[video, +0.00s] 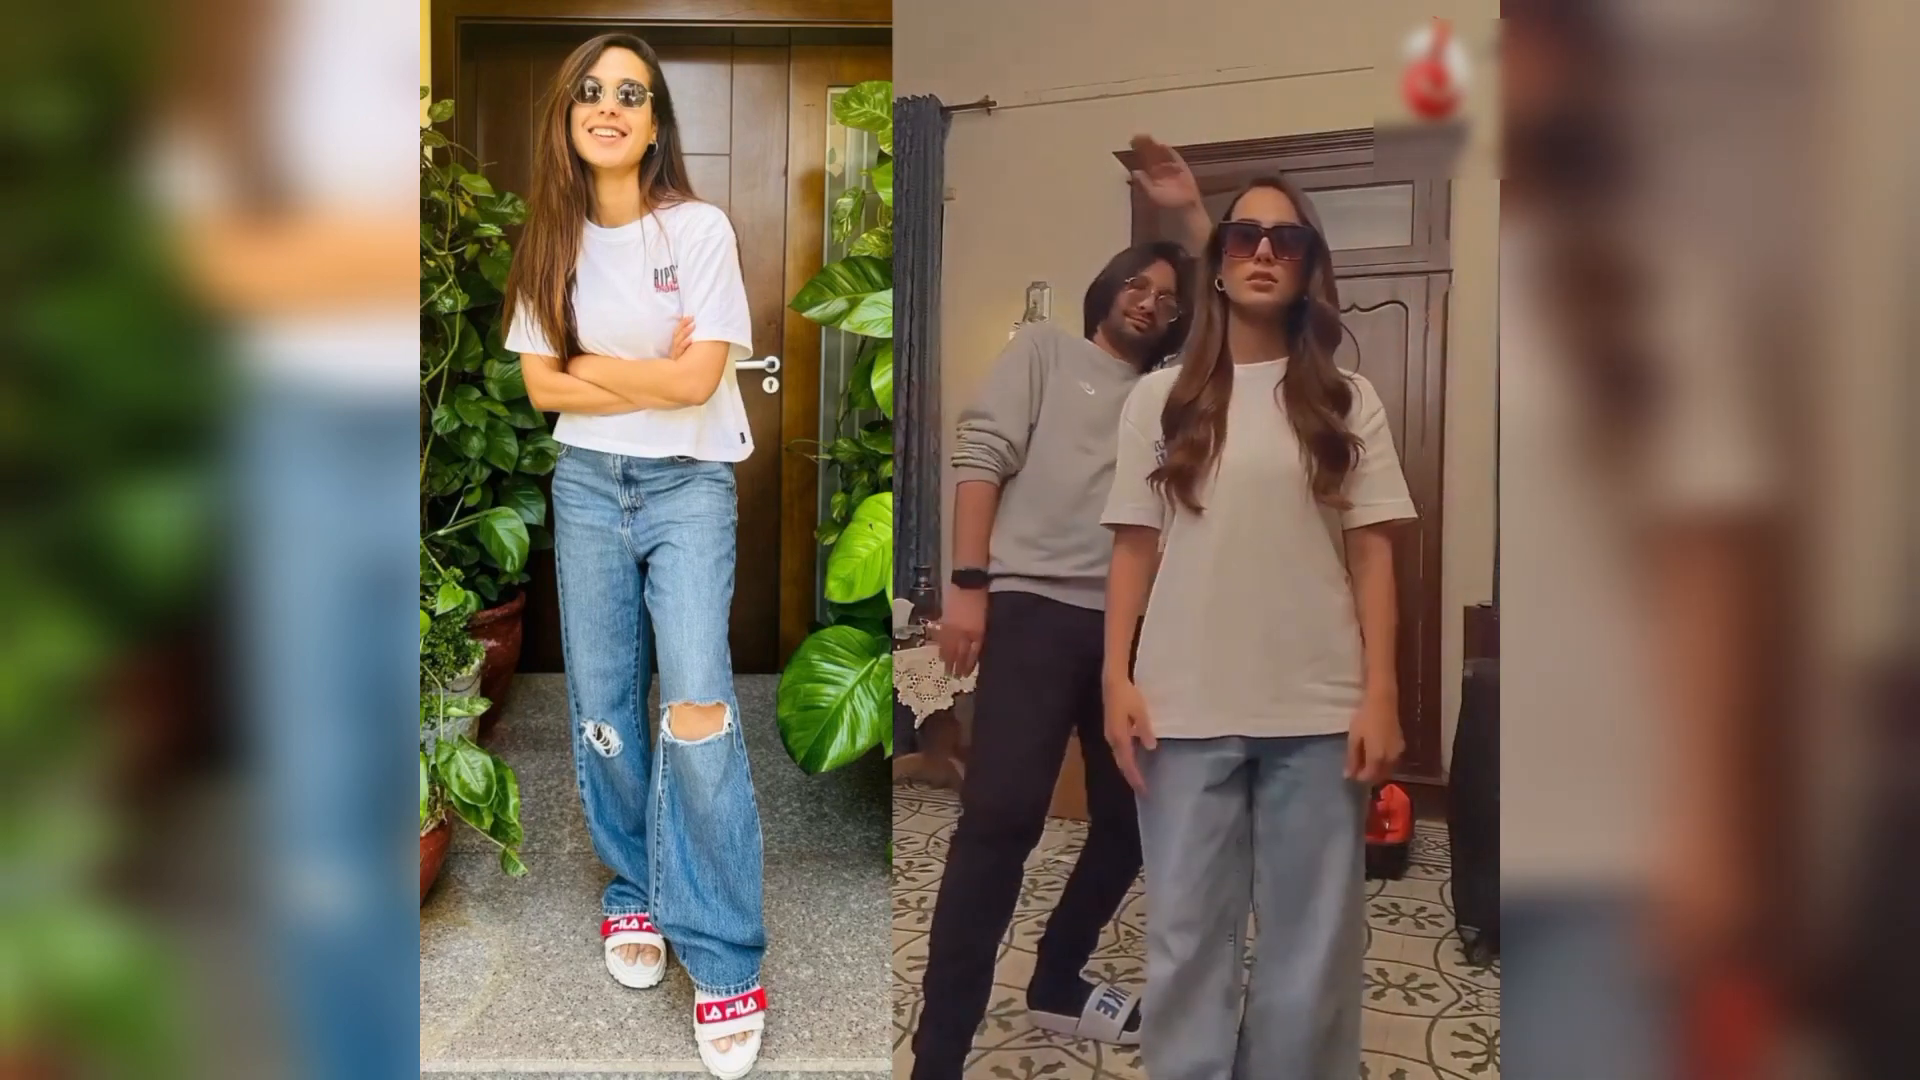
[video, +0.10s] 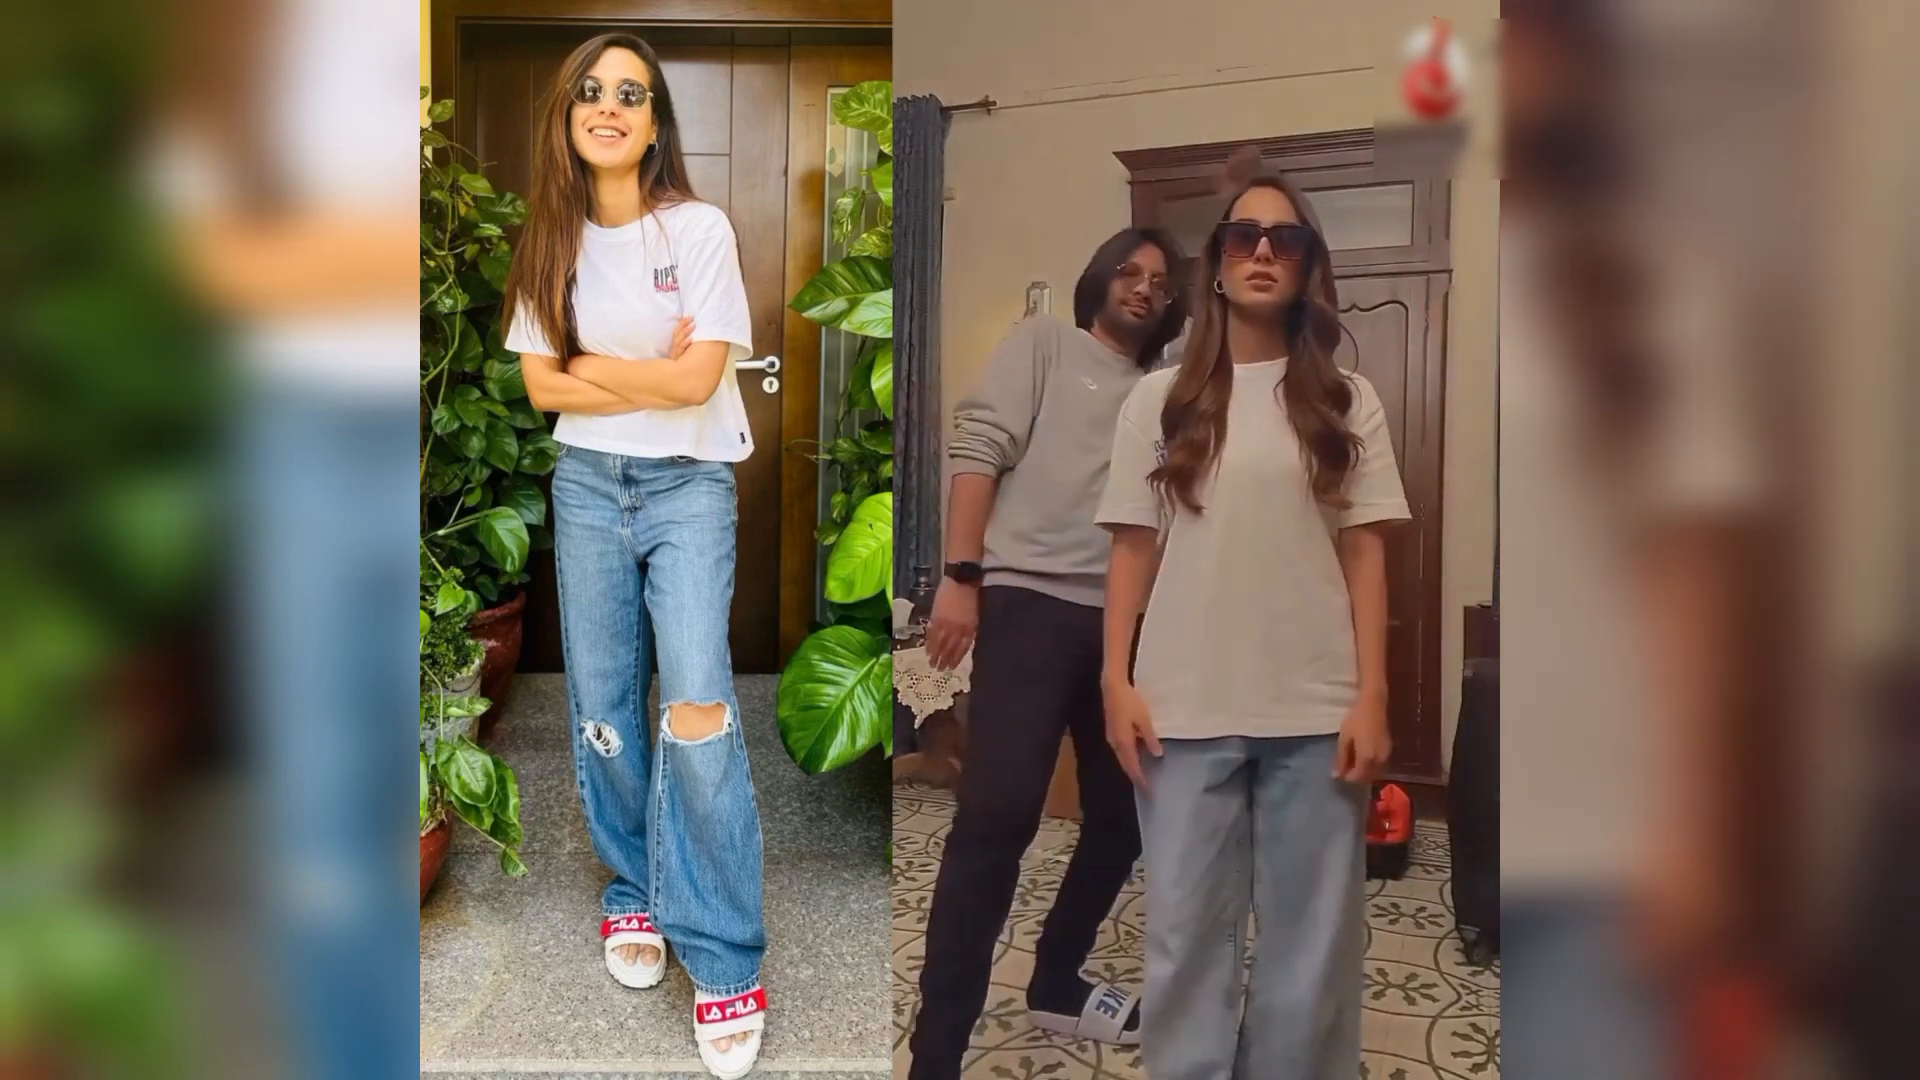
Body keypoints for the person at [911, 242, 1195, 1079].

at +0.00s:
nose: (1149, 302)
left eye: (1165, 297)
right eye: (1138, 286)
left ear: (1177, 316)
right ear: (1106, 289)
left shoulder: (1174, 388)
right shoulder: (1043, 349)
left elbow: (1224, 322)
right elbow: (983, 453)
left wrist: (1193, 215)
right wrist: (966, 581)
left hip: (1134, 625)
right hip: (1035, 616)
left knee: (1127, 825)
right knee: (1000, 824)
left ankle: (1057, 988)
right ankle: (938, 1057)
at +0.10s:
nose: (1147, 289)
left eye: (1159, 282)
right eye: (1133, 273)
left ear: (1170, 301)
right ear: (1099, 279)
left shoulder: (1170, 383)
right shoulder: (1043, 342)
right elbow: (979, 451)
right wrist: (959, 577)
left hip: (1127, 624)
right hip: (1028, 612)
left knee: (1120, 821)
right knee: (994, 824)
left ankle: (1057, 990)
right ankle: (935, 1058)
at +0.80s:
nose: (1073, 185)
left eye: (1073, 172)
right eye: (1048, 173)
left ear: (1080, 199)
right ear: (999, 200)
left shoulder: (1107, 330)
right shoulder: (967, 318)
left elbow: (1109, 471)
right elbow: (916, 473)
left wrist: (1002, 521)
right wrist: (1003, 542)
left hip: (1106, 614)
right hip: (1007, 608)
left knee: (1090, 811)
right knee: (985, 834)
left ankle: (1055, 989)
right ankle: (932, 1061)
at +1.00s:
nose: (1067, 202)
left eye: (1063, 184)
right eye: (1042, 188)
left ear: (1057, 198)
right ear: (989, 208)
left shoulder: (1077, 325)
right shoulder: (963, 318)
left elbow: (1088, 475)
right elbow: (906, 481)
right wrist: (884, 607)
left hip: (1096, 602)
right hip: (1010, 604)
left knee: (1095, 814)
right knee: (1009, 851)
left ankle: (1056, 992)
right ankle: (937, 1062)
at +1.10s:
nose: (1064, 204)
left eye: (1062, 187)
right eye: (1041, 189)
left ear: (1055, 204)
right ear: (987, 210)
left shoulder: (1071, 327)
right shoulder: (964, 325)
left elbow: (1095, 472)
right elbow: (911, 489)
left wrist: (1137, 580)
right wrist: (901, 619)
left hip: (1099, 607)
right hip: (1017, 609)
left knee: (1105, 813)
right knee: (1023, 849)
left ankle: (1056, 992)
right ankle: (939, 1061)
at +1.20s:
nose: (1070, 189)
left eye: (1067, 175)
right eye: (1044, 175)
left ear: (1063, 198)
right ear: (988, 200)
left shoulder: (1079, 325)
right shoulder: (966, 329)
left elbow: (1104, 471)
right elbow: (914, 499)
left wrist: (1136, 584)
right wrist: (913, 626)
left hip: (1104, 604)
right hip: (1019, 608)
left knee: (1103, 812)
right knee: (1021, 850)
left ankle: (1056, 989)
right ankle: (939, 1063)